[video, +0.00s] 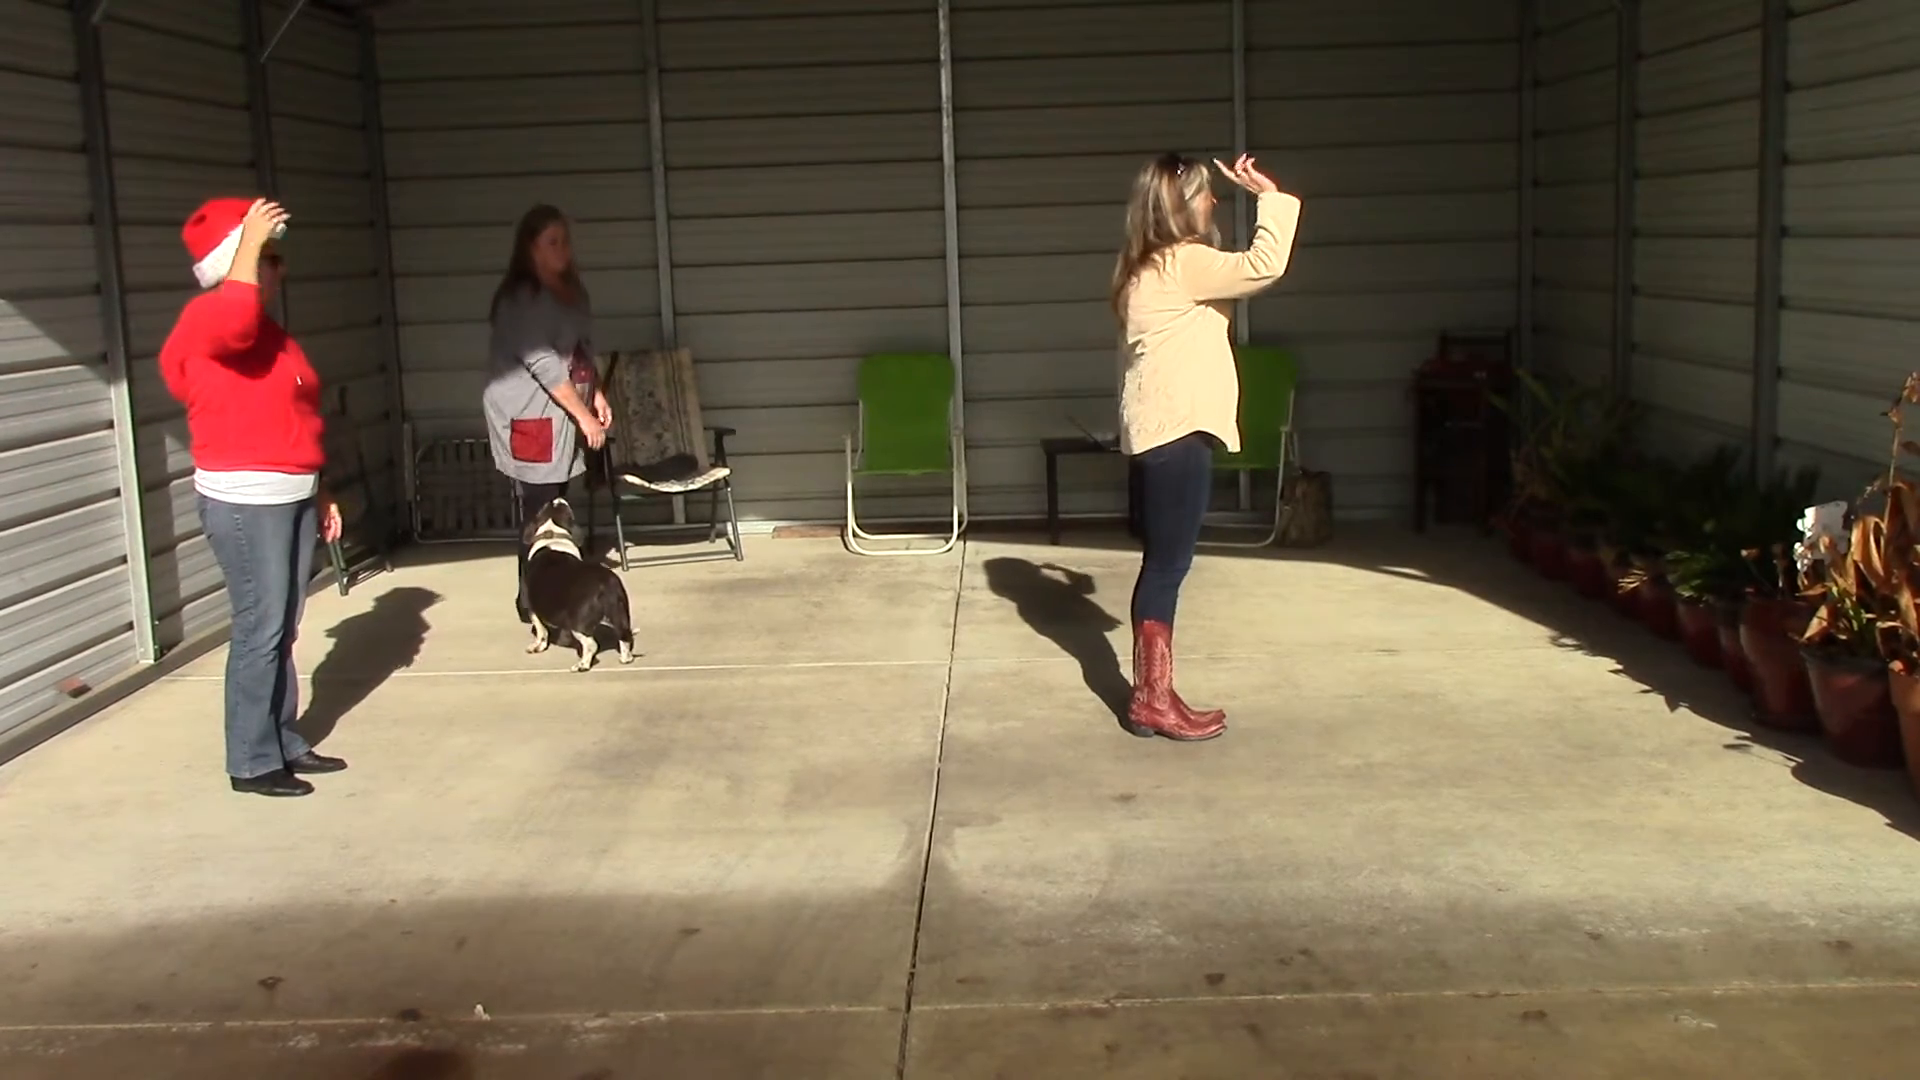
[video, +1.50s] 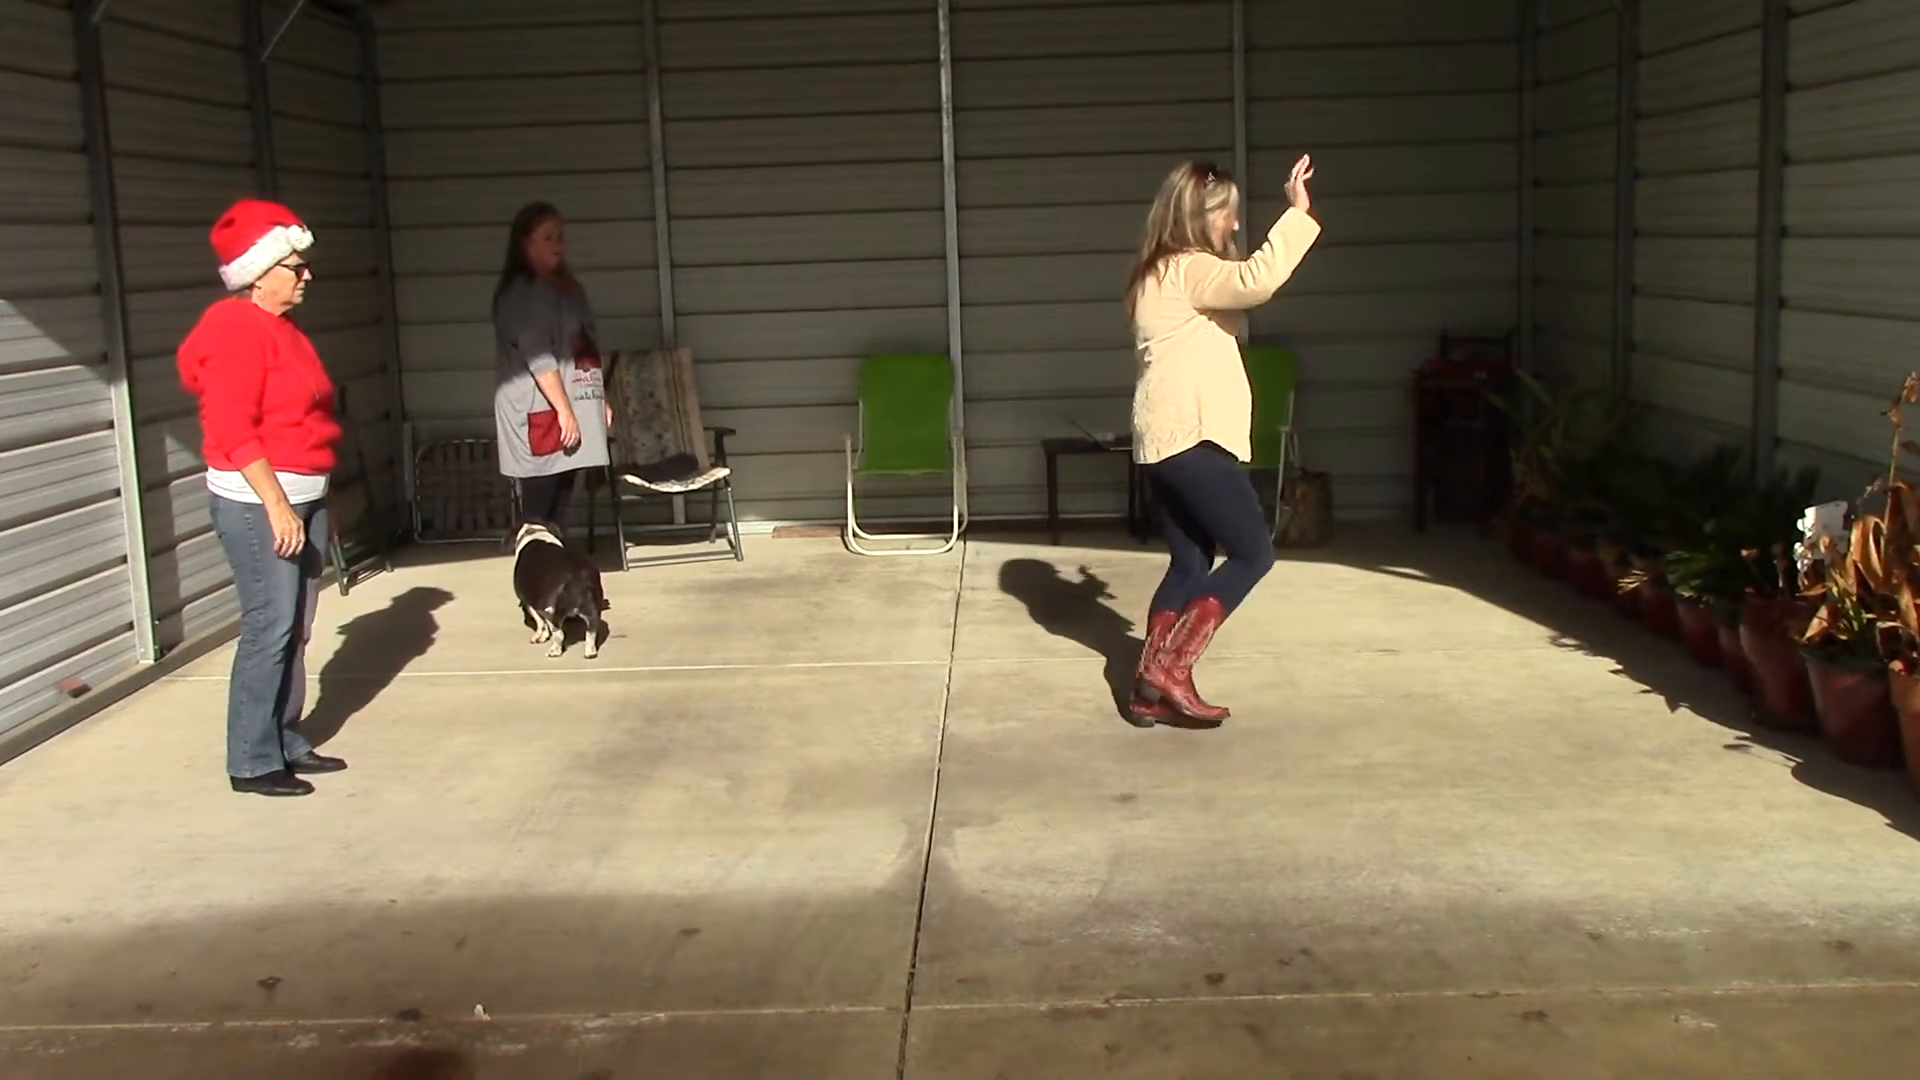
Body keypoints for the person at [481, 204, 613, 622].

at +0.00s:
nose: (561, 249)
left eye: (564, 241)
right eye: (551, 242)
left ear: (568, 245)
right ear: (531, 248)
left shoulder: (572, 290)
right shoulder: (520, 298)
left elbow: (580, 351)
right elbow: (542, 364)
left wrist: (595, 394)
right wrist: (581, 415)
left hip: (559, 408)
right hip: (525, 413)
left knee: (556, 505)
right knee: (538, 510)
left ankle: (557, 592)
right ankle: (534, 597)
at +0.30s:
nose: (558, 245)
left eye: (560, 236)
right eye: (548, 238)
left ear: (564, 240)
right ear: (527, 244)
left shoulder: (565, 286)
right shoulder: (519, 292)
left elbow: (580, 341)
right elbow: (543, 358)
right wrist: (578, 413)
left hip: (556, 403)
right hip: (524, 409)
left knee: (552, 502)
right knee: (533, 506)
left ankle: (552, 586)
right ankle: (537, 595)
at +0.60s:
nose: (554, 245)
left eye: (557, 236)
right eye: (545, 237)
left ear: (562, 239)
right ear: (523, 243)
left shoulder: (564, 286)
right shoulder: (519, 291)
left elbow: (582, 346)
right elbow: (531, 358)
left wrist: (591, 402)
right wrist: (555, 415)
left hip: (559, 398)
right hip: (525, 404)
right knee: (533, 492)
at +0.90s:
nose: (552, 245)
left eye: (554, 236)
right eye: (542, 237)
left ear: (560, 239)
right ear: (520, 245)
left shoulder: (564, 286)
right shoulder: (516, 292)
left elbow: (581, 346)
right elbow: (535, 358)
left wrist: (595, 395)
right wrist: (567, 408)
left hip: (559, 407)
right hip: (527, 411)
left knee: (553, 507)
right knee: (534, 507)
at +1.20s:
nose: (553, 245)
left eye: (555, 236)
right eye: (543, 238)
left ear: (561, 240)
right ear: (521, 245)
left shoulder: (564, 287)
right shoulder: (516, 292)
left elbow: (583, 346)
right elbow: (535, 358)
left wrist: (596, 394)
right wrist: (564, 410)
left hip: (559, 406)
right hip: (528, 411)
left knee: (555, 499)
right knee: (535, 502)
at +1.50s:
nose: (558, 245)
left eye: (560, 236)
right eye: (548, 237)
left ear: (565, 240)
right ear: (526, 244)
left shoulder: (567, 287)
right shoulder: (521, 292)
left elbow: (585, 347)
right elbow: (538, 358)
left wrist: (597, 397)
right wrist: (565, 411)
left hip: (563, 403)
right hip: (531, 409)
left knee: (557, 507)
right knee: (537, 508)